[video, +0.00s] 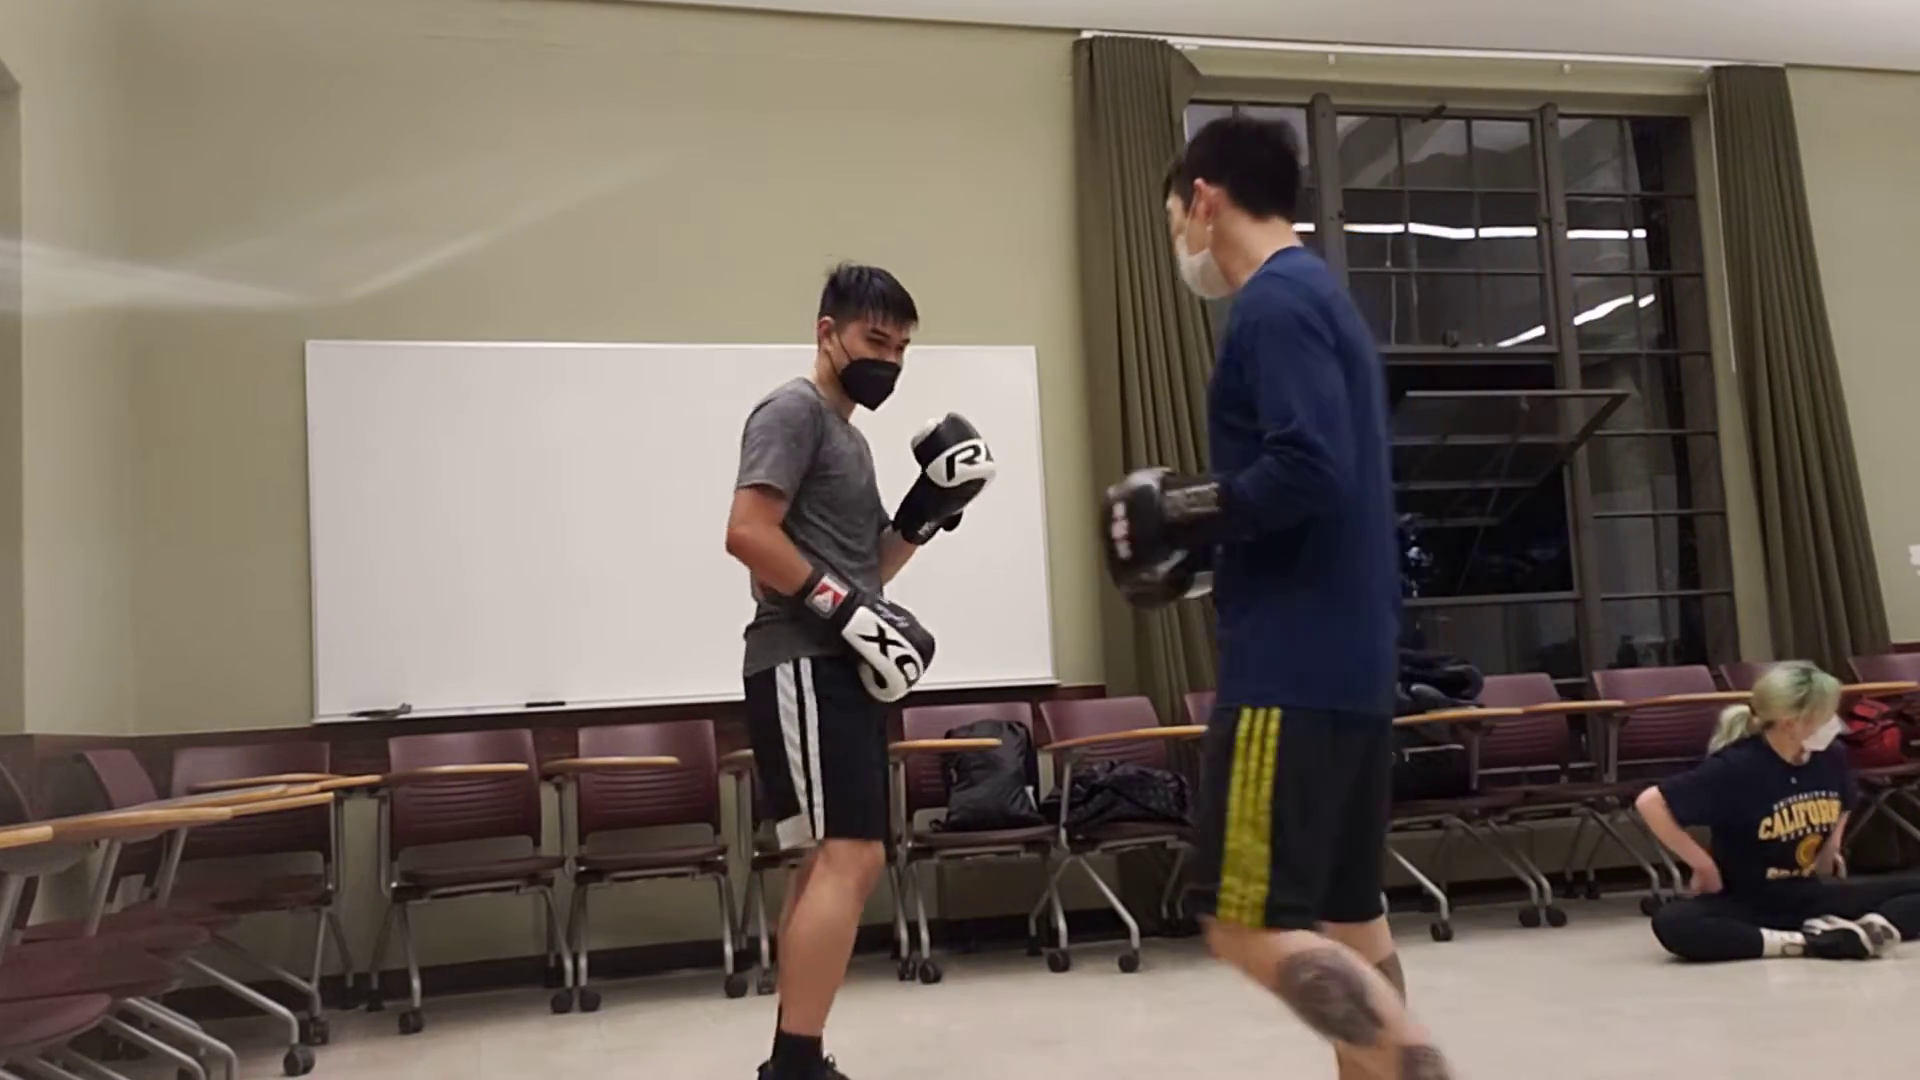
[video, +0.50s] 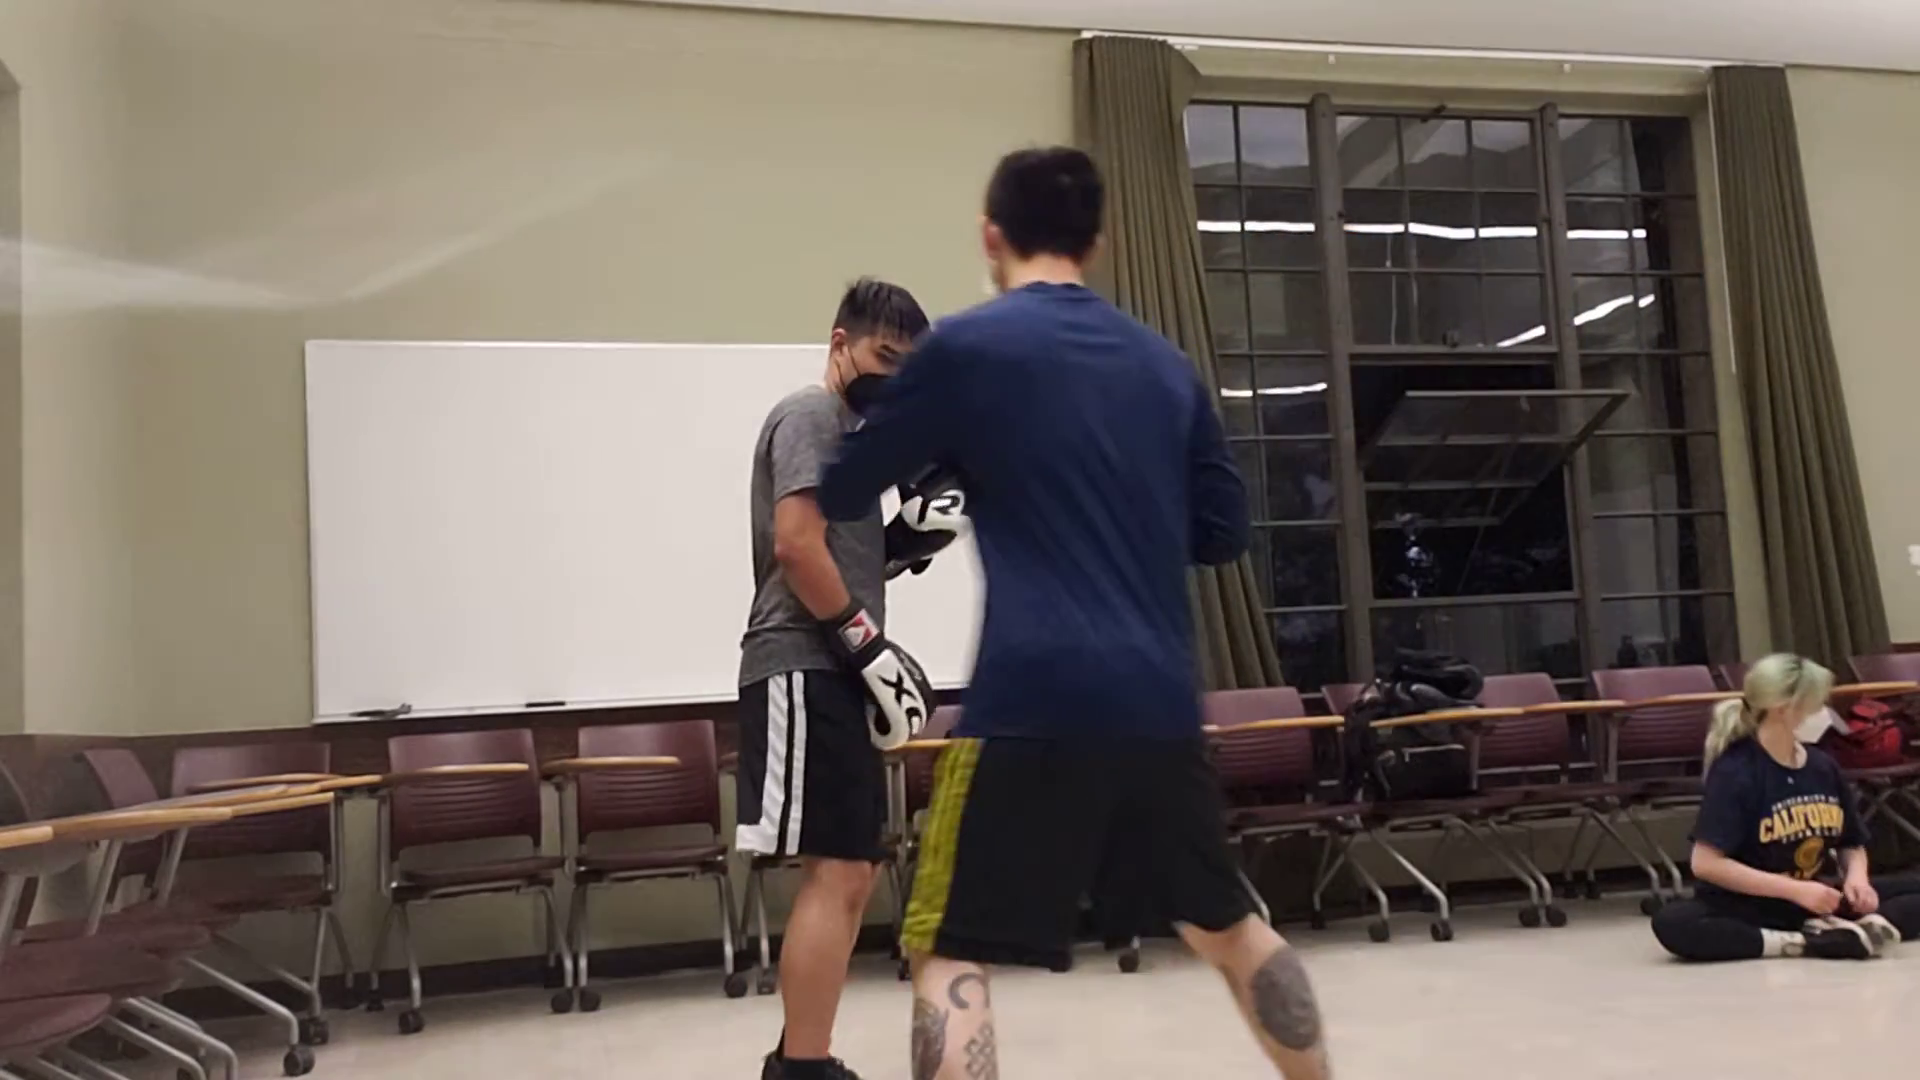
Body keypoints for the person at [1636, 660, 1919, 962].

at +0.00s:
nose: (1833, 727)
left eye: (1832, 717)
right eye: (1825, 719)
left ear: (1799, 722)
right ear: (1792, 722)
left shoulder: (1829, 757)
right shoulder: (1736, 766)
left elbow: (1844, 802)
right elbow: (1650, 802)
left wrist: (1830, 848)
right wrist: (1703, 866)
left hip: (1811, 895)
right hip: (1744, 903)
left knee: (1917, 888)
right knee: (1672, 922)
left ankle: (1854, 932)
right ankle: (1798, 944)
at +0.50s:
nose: (1820, 712)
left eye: (1819, 703)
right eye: (1812, 703)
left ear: (1784, 708)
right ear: (1781, 708)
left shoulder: (1823, 766)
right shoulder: (1735, 769)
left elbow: (1852, 842)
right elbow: (1704, 862)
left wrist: (1856, 878)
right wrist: (1796, 890)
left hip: (1822, 898)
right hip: (1749, 905)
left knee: (1915, 897)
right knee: (1670, 922)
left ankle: (1850, 930)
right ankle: (1792, 945)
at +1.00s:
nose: (1839, 717)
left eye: (1837, 707)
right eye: (1831, 708)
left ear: (1801, 715)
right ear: (1799, 714)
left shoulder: (1832, 772)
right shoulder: (1736, 775)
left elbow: (1848, 853)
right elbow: (1725, 869)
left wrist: (1852, 900)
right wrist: (1805, 915)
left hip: (1821, 898)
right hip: (1746, 902)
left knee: (1915, 897)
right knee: (1670, 923)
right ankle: (1799, 944)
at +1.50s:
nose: (1832, 718)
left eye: (1829, 707)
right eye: (1820, 710)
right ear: (1780, 715)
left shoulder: (1833, 767)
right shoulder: (1737, 774)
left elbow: (1860, 832)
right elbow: (1711, 867)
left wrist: (1844, 872)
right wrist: (1790, 912)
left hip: (1824, 897)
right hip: (1752, 905)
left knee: (1916, 890)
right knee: (1670, 923)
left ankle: (1857, 934)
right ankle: (1794, 945)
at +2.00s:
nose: (1830, 716)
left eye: (1828, 705)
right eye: (1817, 708)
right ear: (1778, 714)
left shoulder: (1834, 770)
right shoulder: (1739, 776)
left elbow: (1856, 848)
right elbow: (1722, 870)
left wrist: (1858, 889)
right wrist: (1799, 920)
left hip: (1828, 905)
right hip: (1755, 909)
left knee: (1915, 902)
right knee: (1672, 922)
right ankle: (1792, 944)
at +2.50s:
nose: (1832, 716)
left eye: (1832, 705)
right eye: (1818, 707)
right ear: (1777, 711)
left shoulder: (1838, 774)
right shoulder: (1743, 775)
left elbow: (1856, 855)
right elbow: (1729, 870)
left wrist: (1861, 905)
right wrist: (1803, 925)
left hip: (1826, 907)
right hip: (1752, 910)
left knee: (1915, 901)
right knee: (1671, 922)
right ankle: (1792, 943)